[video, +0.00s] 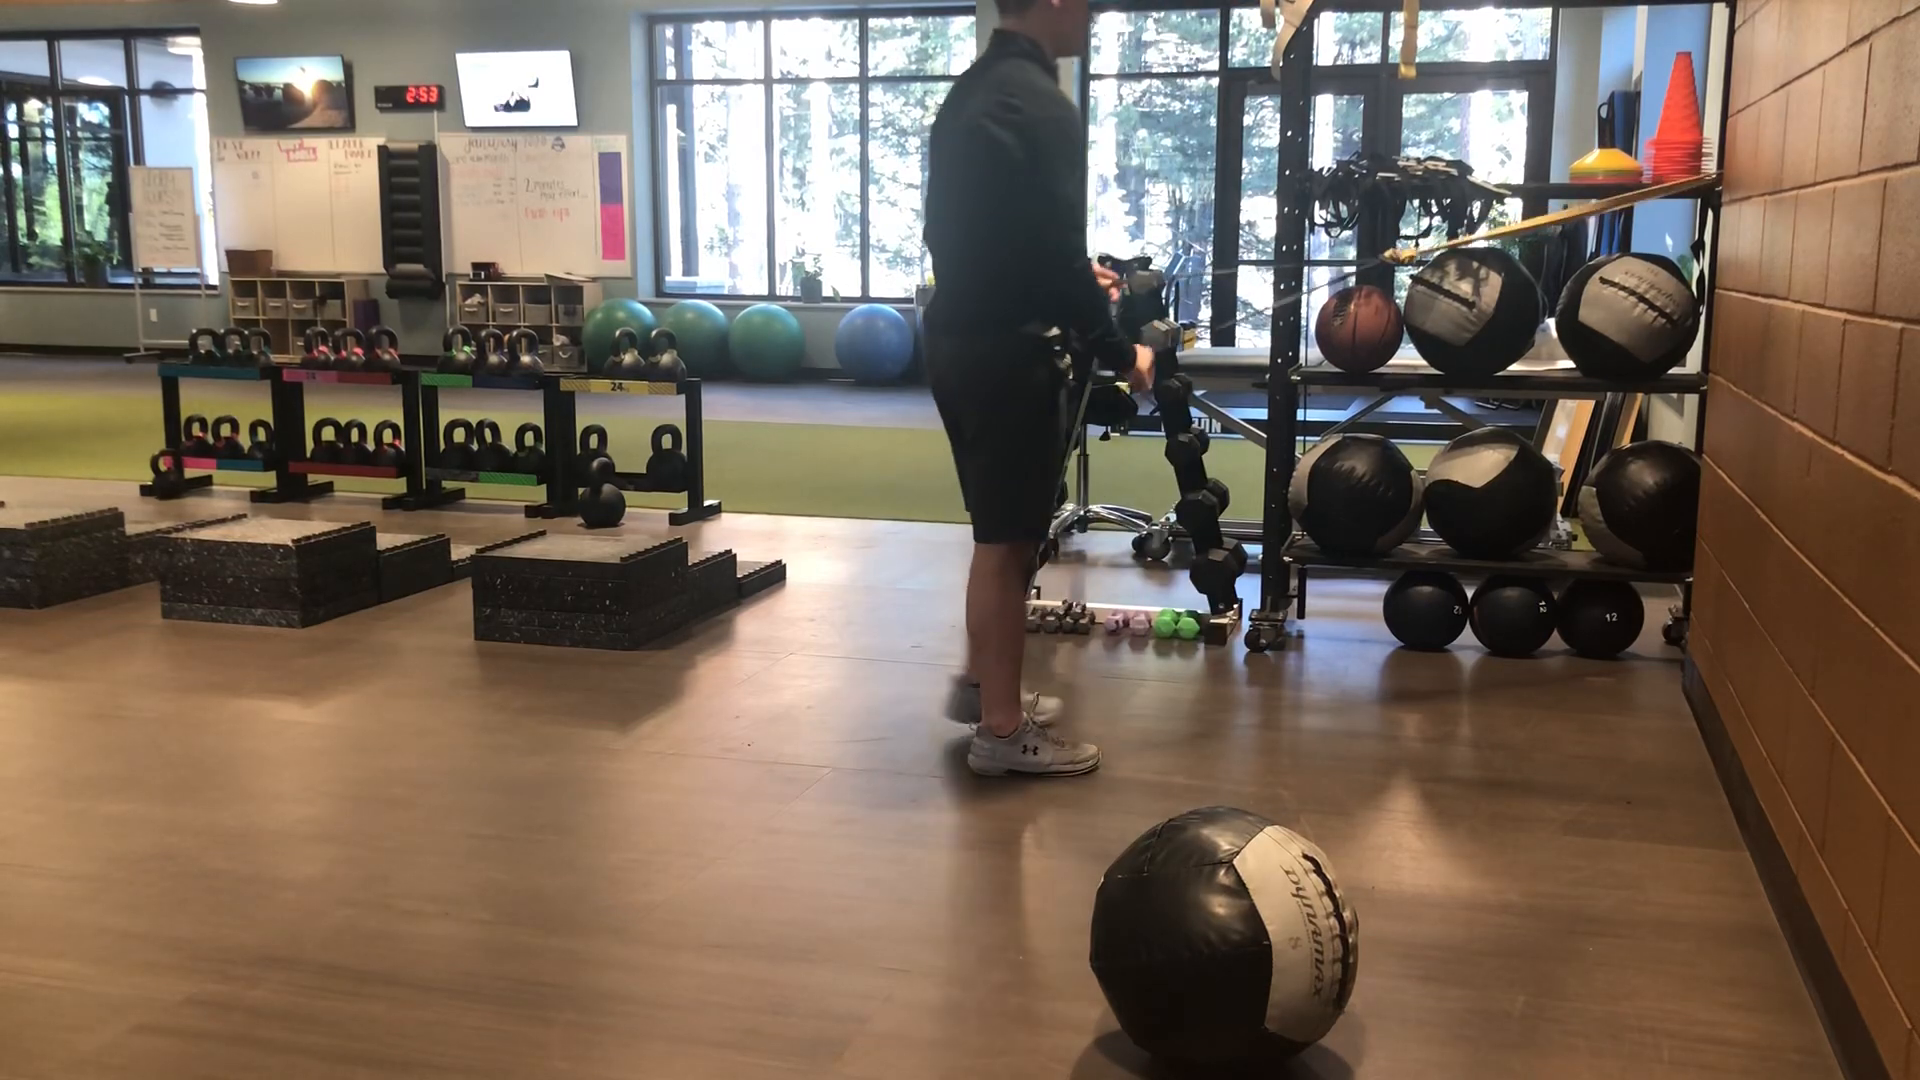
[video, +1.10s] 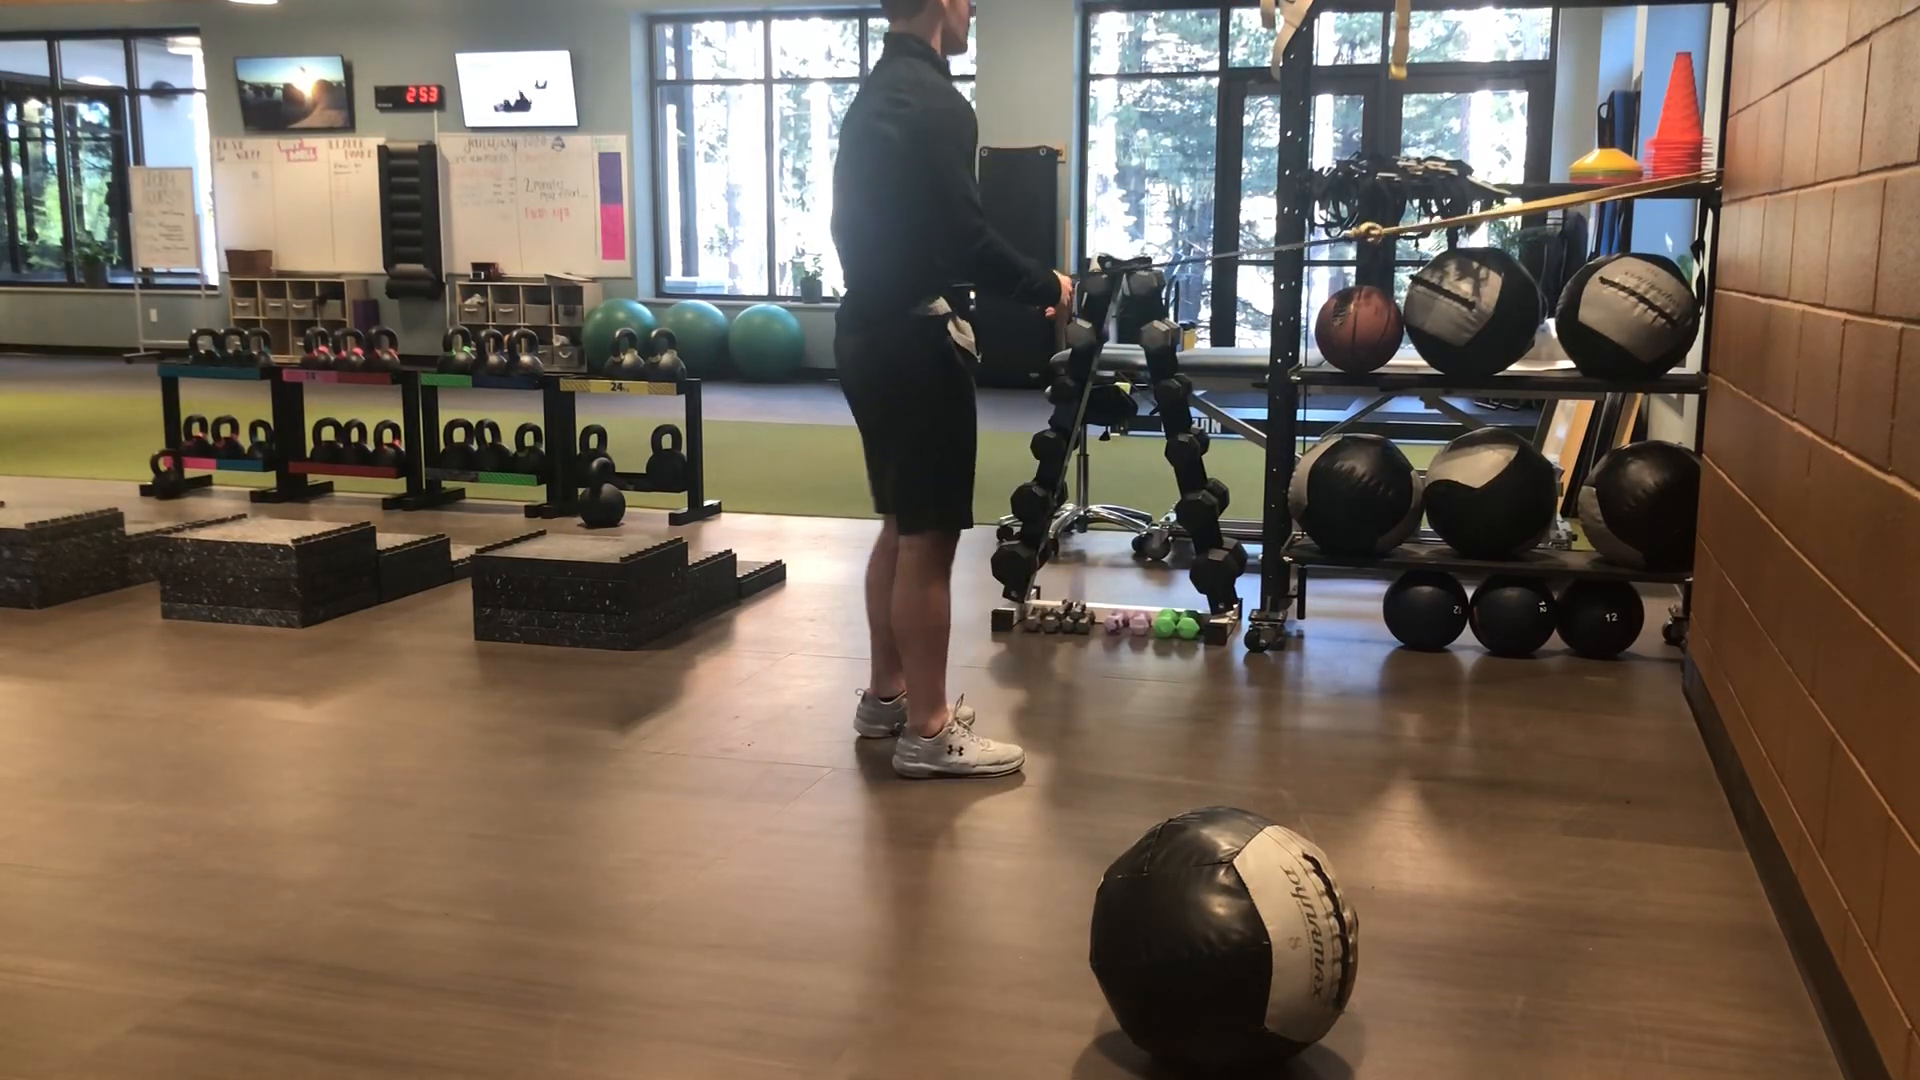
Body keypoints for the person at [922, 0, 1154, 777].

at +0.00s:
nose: (1091, 20)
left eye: (1089, 9)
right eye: (1086, 8)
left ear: (1014, 11)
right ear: (1055, 8)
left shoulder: (968, 96)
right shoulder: (1045, 109)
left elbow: (967, 238)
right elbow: (1051, 260)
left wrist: (1075, 272)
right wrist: (1121, 348)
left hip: (960, 342)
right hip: (1011, 348)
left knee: (1004, 529)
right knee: (1009, 540)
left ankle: (983, 681)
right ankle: (1001, 731)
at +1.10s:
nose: (970, 20)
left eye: (967, 8)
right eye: (967, 8)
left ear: (903, 16)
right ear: (945, 10)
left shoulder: (870, 101)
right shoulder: (938, 104)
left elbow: (860, 231)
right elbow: (959, 231)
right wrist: (1045, 284)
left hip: (867, 335)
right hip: (919, 338)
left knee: (902, 525)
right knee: (931, 537)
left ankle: (887, 697)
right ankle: (929, 730)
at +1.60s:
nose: (945, 12)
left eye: (941, 2)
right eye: (938, 2)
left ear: (879, 15)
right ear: (909, 9)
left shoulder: (850, 98)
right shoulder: (921, 106)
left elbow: (843, 233)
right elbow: (991, 227)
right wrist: (1089, 246)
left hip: (852, 337)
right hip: (909, 342)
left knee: (889, 527)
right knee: (931, 540)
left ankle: (883, 696)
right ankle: (926, 732)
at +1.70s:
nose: (948, 12)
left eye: (944, 2)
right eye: (941, 2)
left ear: (882, 15)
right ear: (912, 9)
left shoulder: (855, 97)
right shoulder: (926, 104)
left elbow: (951, 174)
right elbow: (1010, 198)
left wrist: (1044, 172)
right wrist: (1106, 189)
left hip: (859, 341)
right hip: (916, 345)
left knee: (898, 525)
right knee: (939, 539)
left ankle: (884, 699)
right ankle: (929, 733)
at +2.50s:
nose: (1038, 89)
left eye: (1037, 74)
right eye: (1032, 72)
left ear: (978, 72)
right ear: (999, 71)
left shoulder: (930, 159)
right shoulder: (978, 169)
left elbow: (865, 286)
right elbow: (951, 299)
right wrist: (919, 416)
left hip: (851, 379)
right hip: (903, 388)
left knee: (940, 545)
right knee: (1009, 551)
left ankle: (890, 697)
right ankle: (948, 734)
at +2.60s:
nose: (1068, 165)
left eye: (1071, 152)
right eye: (1067, 150)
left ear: (1008, 143)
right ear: (1038, 143)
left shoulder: (935, 206)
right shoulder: (999, 232)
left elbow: (839, 284)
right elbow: (915, 323)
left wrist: (757, 364)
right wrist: (832, 409)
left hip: (844, 412)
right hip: (891, 421)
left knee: (954, 543)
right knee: (1021, 558)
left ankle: (893, 697)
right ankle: (949, 734)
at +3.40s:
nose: (998, 22)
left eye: (998, 10)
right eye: (995, 9)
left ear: (924, 13)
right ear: (966, 7)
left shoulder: (877, 96)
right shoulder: (951, 105)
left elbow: (860, 238)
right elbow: (955, 251)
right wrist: (993, 368)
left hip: (865, 334)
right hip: (926, 340)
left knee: (914, 527)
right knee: (951, 540)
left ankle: (887, 699)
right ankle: (942, 731)